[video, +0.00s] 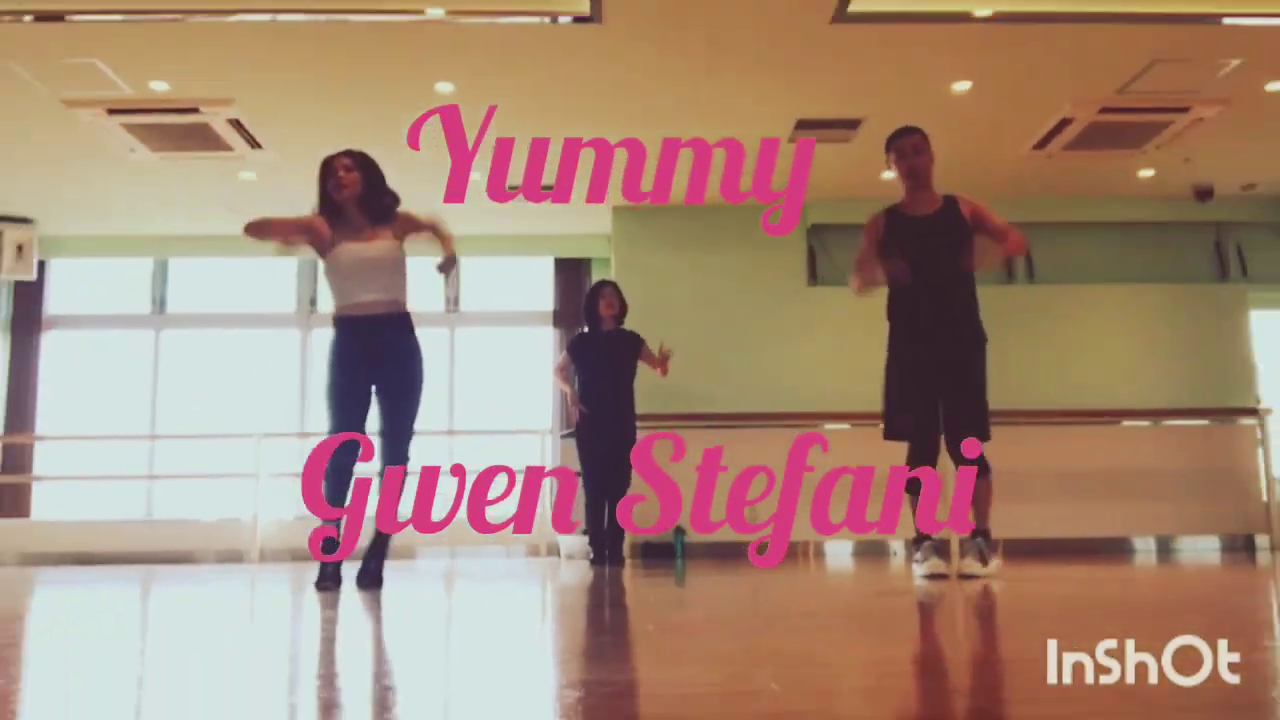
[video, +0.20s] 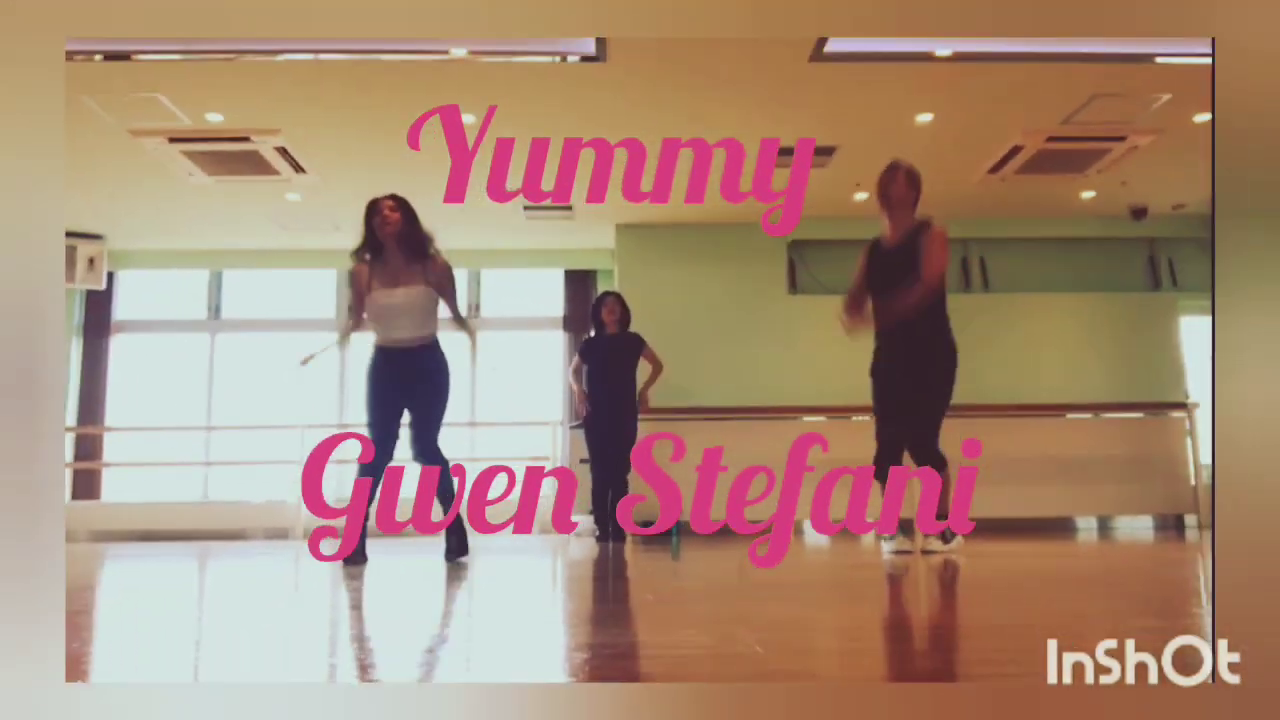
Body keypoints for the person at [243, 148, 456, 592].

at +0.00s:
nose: (342, 177)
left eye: (350, 169)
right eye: (334, 174)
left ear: (368, 178)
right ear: (327, 187)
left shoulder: (394, 222)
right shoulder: (322, 227)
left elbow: (436, 227)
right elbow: (253, 228)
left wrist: (450, 252)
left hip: (397, 340)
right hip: (350, 343)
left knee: (395, 449)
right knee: (344, 447)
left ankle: (381, 544)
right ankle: (330, 546)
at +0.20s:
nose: (387, 216)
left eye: (394, 210)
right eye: (379, 213)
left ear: (408, 220)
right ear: (371, 226)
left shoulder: (433, 265)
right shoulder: (364, 270)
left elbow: (454, 308)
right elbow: (356, 316)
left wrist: (466, 326)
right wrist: (350, 325)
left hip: (427, 362)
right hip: (386, 364)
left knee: (425, 447)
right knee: (378, 451)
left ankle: (455, 525)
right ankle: (355, 537)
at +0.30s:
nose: (402, 221)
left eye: (408, 214)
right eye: (394, 217)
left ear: (421, 221)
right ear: (386, 229)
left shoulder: (445, 264)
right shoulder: (384, 271)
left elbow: (462, 302)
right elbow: (369, 320)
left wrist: (447, 294)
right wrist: (363, 319)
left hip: (445, 361)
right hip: (407, 362)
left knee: (437, 448)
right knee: (388, 447)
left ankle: (466, 520)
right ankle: (364, 531)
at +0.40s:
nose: (413, 205)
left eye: (420, 197)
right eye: (405, 200)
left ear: (434, 202)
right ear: (398, 209)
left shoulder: (452, 229)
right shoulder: (399, 243)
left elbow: (455, 240)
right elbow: (359, 267)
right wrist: (373, 256)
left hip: (463, 334)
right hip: (427, 336)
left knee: (459, 430)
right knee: (405, 432)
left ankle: (472, 519)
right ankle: (380, 524)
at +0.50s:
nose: (419, 194)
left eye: (425, 187)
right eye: (411, 190)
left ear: (440, 189)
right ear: (405, 196)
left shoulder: (461, 218)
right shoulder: (410, 228)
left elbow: (460, 175)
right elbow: (366, 195)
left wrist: (433, 155)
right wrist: (362, 154)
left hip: (471, 320)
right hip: (437, 323)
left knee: (471, 416)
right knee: (426, 417)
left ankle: (486, 496)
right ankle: (435, 493)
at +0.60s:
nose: (419, 203)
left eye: (426, 195)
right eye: (414, 196)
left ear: (441, 197)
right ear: (408, 202)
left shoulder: (458, 223)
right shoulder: (419, 234)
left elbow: (456, 166)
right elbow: (413, 179)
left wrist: (441, 120)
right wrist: (415, 127)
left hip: (474, 329)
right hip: (447, 334)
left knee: (475, 420)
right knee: (456, 425)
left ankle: (502, 508)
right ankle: (491, 502)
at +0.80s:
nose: (412, 243)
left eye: (413, 235)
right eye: (408, 238)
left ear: (428, 228)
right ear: (419, 233)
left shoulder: (463, 248)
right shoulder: (435, 256)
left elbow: (457, 195)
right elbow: (408, 214)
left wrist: (450, 153)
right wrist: (417, 168)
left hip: (483, 361)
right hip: (460, 365)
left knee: (459, 449)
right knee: (406, 435)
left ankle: (509, 518)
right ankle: (451, 501)